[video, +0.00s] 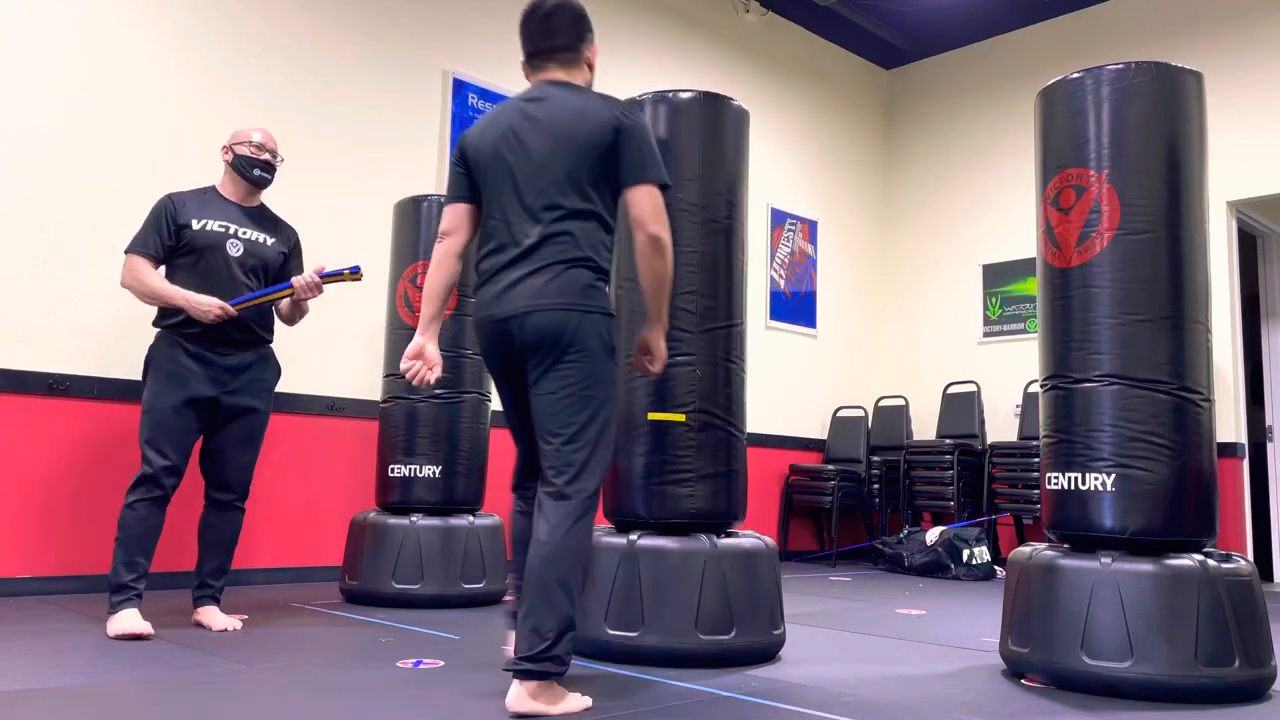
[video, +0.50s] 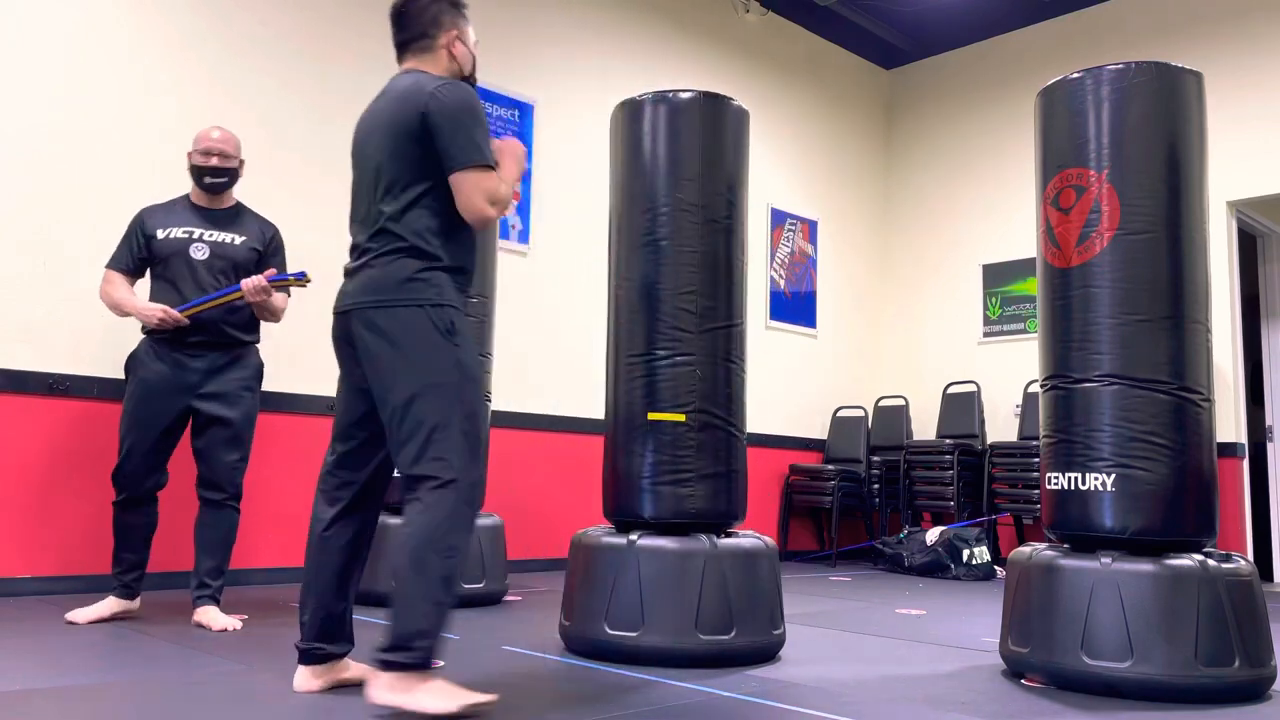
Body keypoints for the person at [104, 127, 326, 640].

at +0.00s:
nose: (264, 154)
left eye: (272, 151)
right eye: (254, 145)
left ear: (278, 169)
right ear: (227, 154)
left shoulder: (284, 236)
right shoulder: (179, 207)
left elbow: (290, 315)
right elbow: (134, 273)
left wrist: (301, 296)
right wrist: (189, 300)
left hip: (249, 372)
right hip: (181, 362)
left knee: (229, 491)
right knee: (157, 478)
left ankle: (208, 601)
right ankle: (125, 603)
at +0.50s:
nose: (213, 162)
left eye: (223, 156)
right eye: (205, 154)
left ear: (240, 165)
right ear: (189, 160)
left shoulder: (262, 233)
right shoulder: (153, 220)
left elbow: (277, 311)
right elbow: (111, 285)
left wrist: (262, 298)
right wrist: (139, 308)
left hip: (230, 372)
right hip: (160, 367)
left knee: (222, 487)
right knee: (134, 479)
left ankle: (207, 602)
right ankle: (124, 593)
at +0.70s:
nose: (148, 175)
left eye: (158, 167)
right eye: (145, 166)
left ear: (193, 167)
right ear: (142, 164)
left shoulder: (234, 230)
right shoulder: (126, 227)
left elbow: (254, 306)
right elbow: (89, 291)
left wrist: (229, 294)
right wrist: (107, 316)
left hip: (206, 370)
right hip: (137, 369)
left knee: (207, 485)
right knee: (128, 484)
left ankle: (206, 601)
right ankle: (125, 597)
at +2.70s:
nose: (223, 174)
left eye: (230, 170)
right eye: (213, 164)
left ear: (236, 184)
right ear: (187, 170)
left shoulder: (249, 240)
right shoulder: (142, 229)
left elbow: (270, 308)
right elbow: (113, 298)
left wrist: (218, 295)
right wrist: (154, 298)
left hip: (214, 374)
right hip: (148, 371)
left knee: (204, 485)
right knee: (136, 481)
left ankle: (189, 594)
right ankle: (126, 594)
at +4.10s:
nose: (153, 185)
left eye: (160, 181)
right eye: (144, 175)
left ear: (167, 192)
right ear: (119, 180)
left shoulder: (180, 249)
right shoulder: (75, 237)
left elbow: (193, 319)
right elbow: (42, 302)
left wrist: (150, 294)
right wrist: (79, 299)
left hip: (146, 383)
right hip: (79, 380)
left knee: (160, 482)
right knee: (72, 484)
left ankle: (176, 590)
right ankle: (70, 587)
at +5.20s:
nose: (104, 183)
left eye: (111, 178)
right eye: (94, 174)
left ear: (117, 189)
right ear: (66, 179)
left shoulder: (133, 244)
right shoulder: (25, 242)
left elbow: (155, 311)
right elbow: (3, 308)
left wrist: (107, 289)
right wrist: (33, 302)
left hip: (105, 374)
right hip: (41, 375)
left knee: (102, 474)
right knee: (53, 480)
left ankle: (101, 587)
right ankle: (68, 586)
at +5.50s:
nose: (96, 181)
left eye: (103, 176)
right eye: (86, 172)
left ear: (108, 186)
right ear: (56, 177)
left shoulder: (122, 241)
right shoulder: (15, 239)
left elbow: (143, 309)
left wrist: (90, 286)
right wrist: (17, 301)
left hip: (90, 366)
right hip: (28, 367)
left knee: (55, 463)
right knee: (45, 472)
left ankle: (32, 585)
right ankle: (68, 583)